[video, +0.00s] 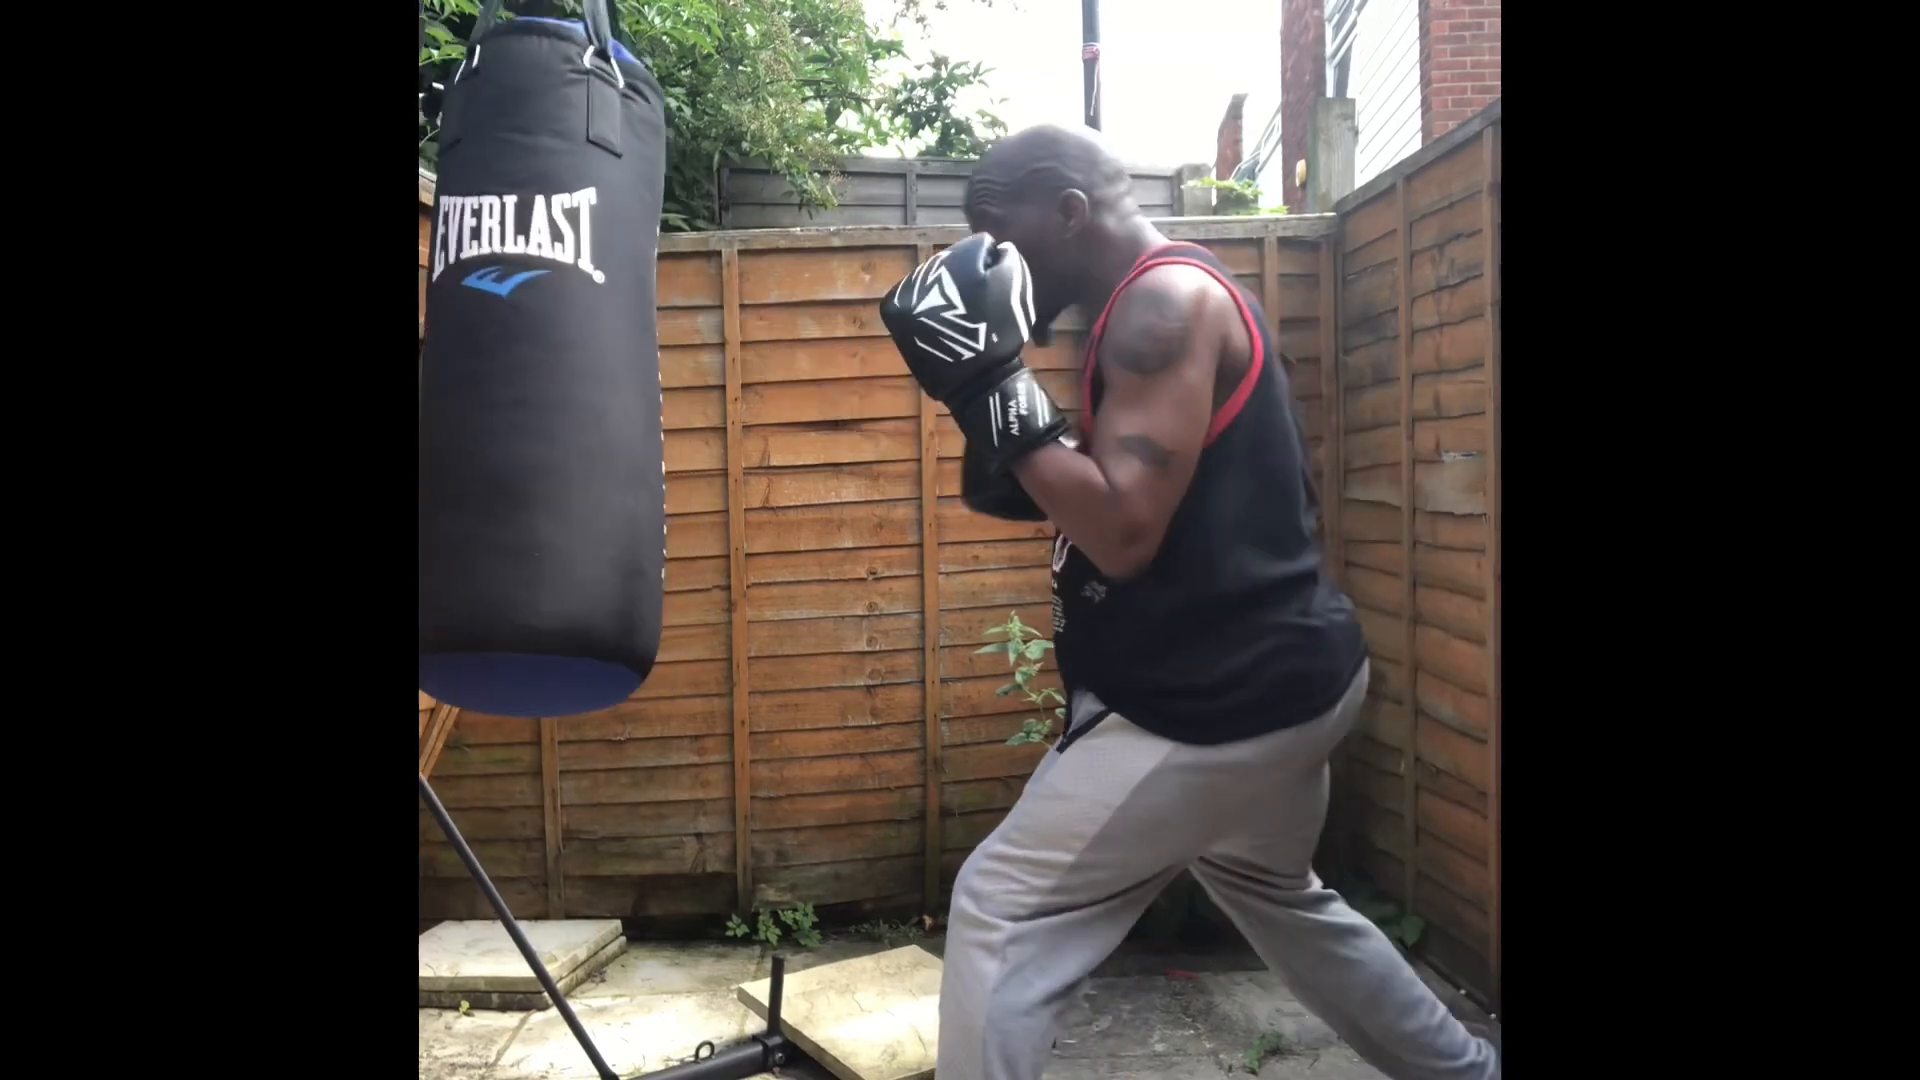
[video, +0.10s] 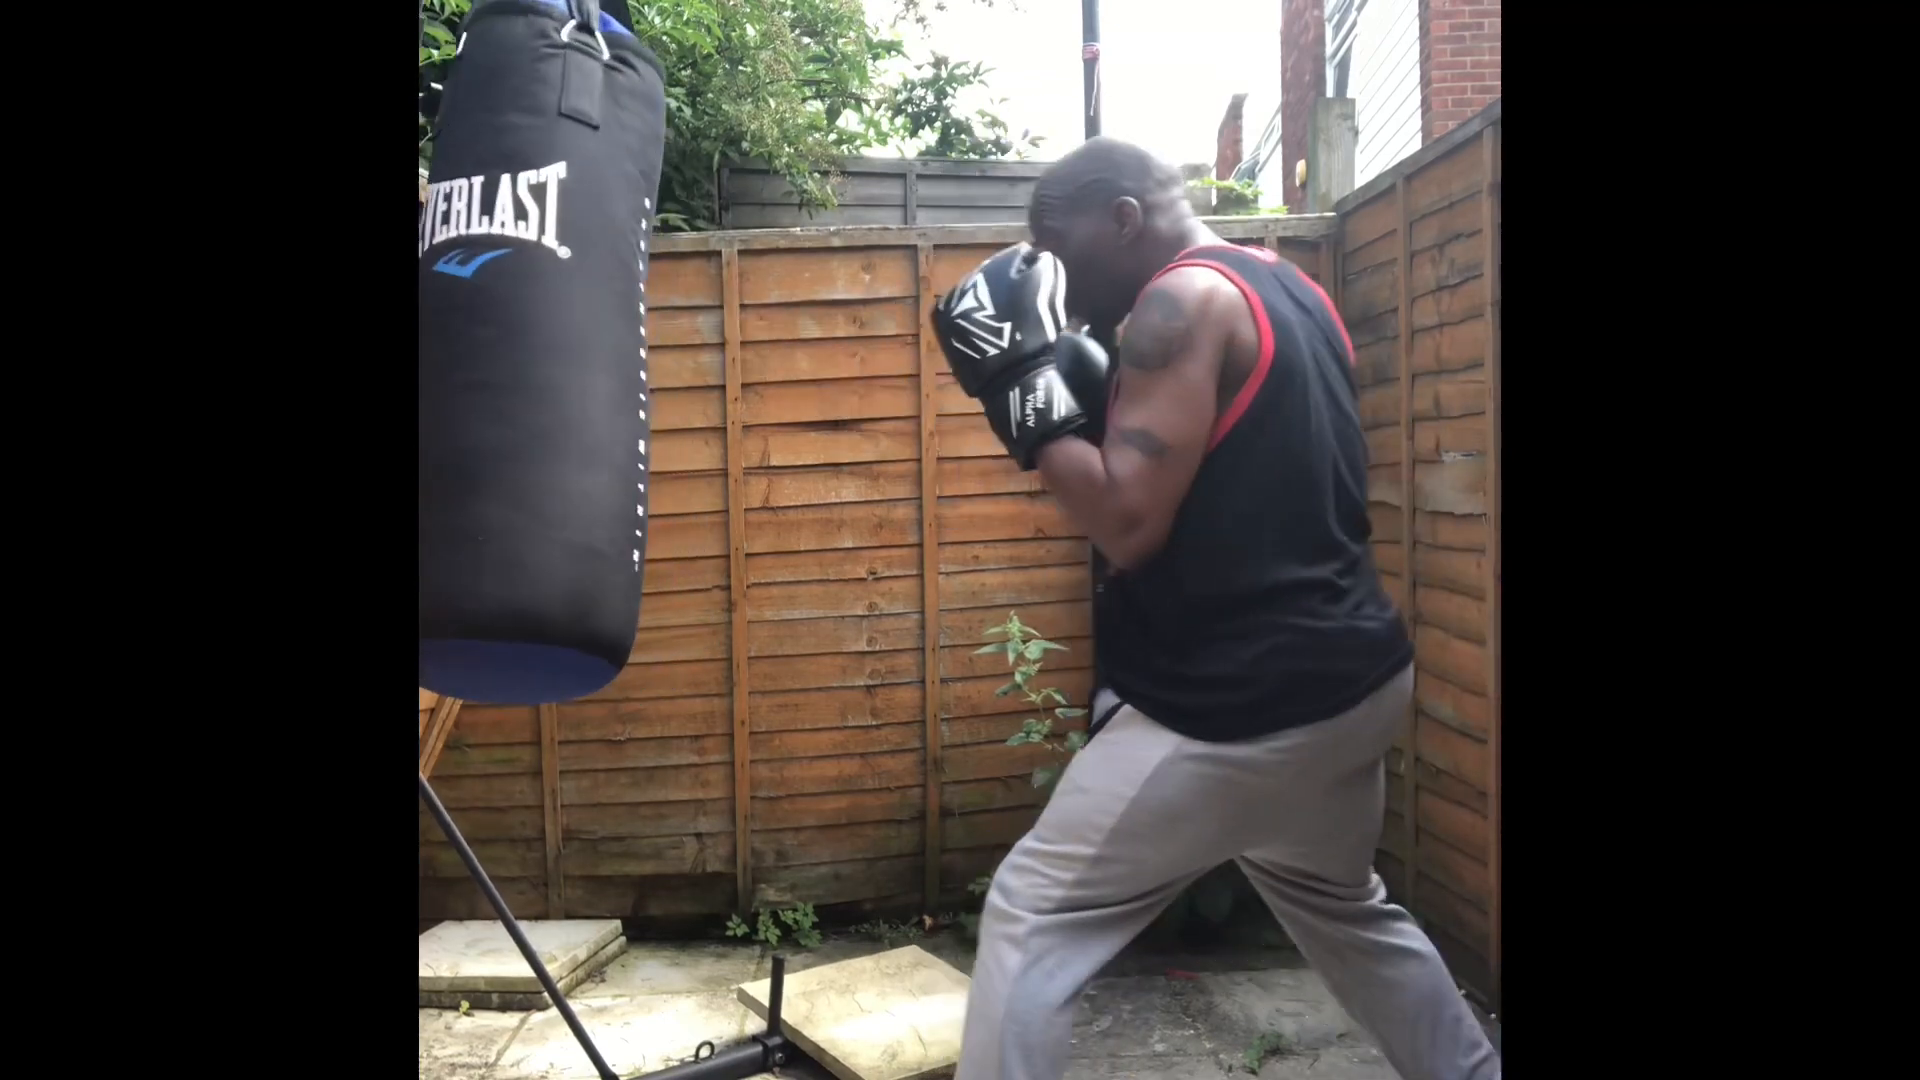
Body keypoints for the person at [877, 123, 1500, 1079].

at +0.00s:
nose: (988, 251)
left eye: (997, 223)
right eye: (981, 229)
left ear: (1074, 209)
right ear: (1086, 211)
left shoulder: (1165, 301)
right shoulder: (1151, 299)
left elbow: (1121, 530)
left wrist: (995, 387)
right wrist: (988, 411)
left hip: (1211, 697)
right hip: (1279, 680)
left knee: (998, 907)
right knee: (1270, 891)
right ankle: (1463, 1065)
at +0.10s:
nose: (1054, 280)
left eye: (1058, 249)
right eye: (1046, 257)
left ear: (1128, 219)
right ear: (1158, 217)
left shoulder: (1183, 304)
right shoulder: (1292, 287)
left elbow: (1124, 522)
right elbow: (1241, 480)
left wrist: (1020, 388)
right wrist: (1078, 385)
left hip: (1228, 702)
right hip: (1350, 674)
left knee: (1032, 909)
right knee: (1338, 899)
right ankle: (1470, 1068)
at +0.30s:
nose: (1149, 256)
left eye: (1150, 228)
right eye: (1141, 236)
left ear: (1215, 197)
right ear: (1234, 196)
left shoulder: (1266, 275)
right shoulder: (1366, 260)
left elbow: (1224, 492)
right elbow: (1306, 459)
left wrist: (1118, 377)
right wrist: (1175, 378)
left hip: (1306, 672)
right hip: (1423, 647)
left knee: (1130, 907)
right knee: (1389, 888)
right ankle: (1486, 1062)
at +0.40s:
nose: (1165, 256)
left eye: (1166, 229)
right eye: (1156, 234)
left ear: (1234, 187)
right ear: (1252, 184)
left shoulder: (1281, 261)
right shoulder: (1374, 252)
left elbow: (1238, 477)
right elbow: (1269, 445)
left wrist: (1125, 351)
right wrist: (1164, 352)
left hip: (1318, 659)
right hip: (1430, 636)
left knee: (1151, 904)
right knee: (1394, 883)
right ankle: (1488, 1061)